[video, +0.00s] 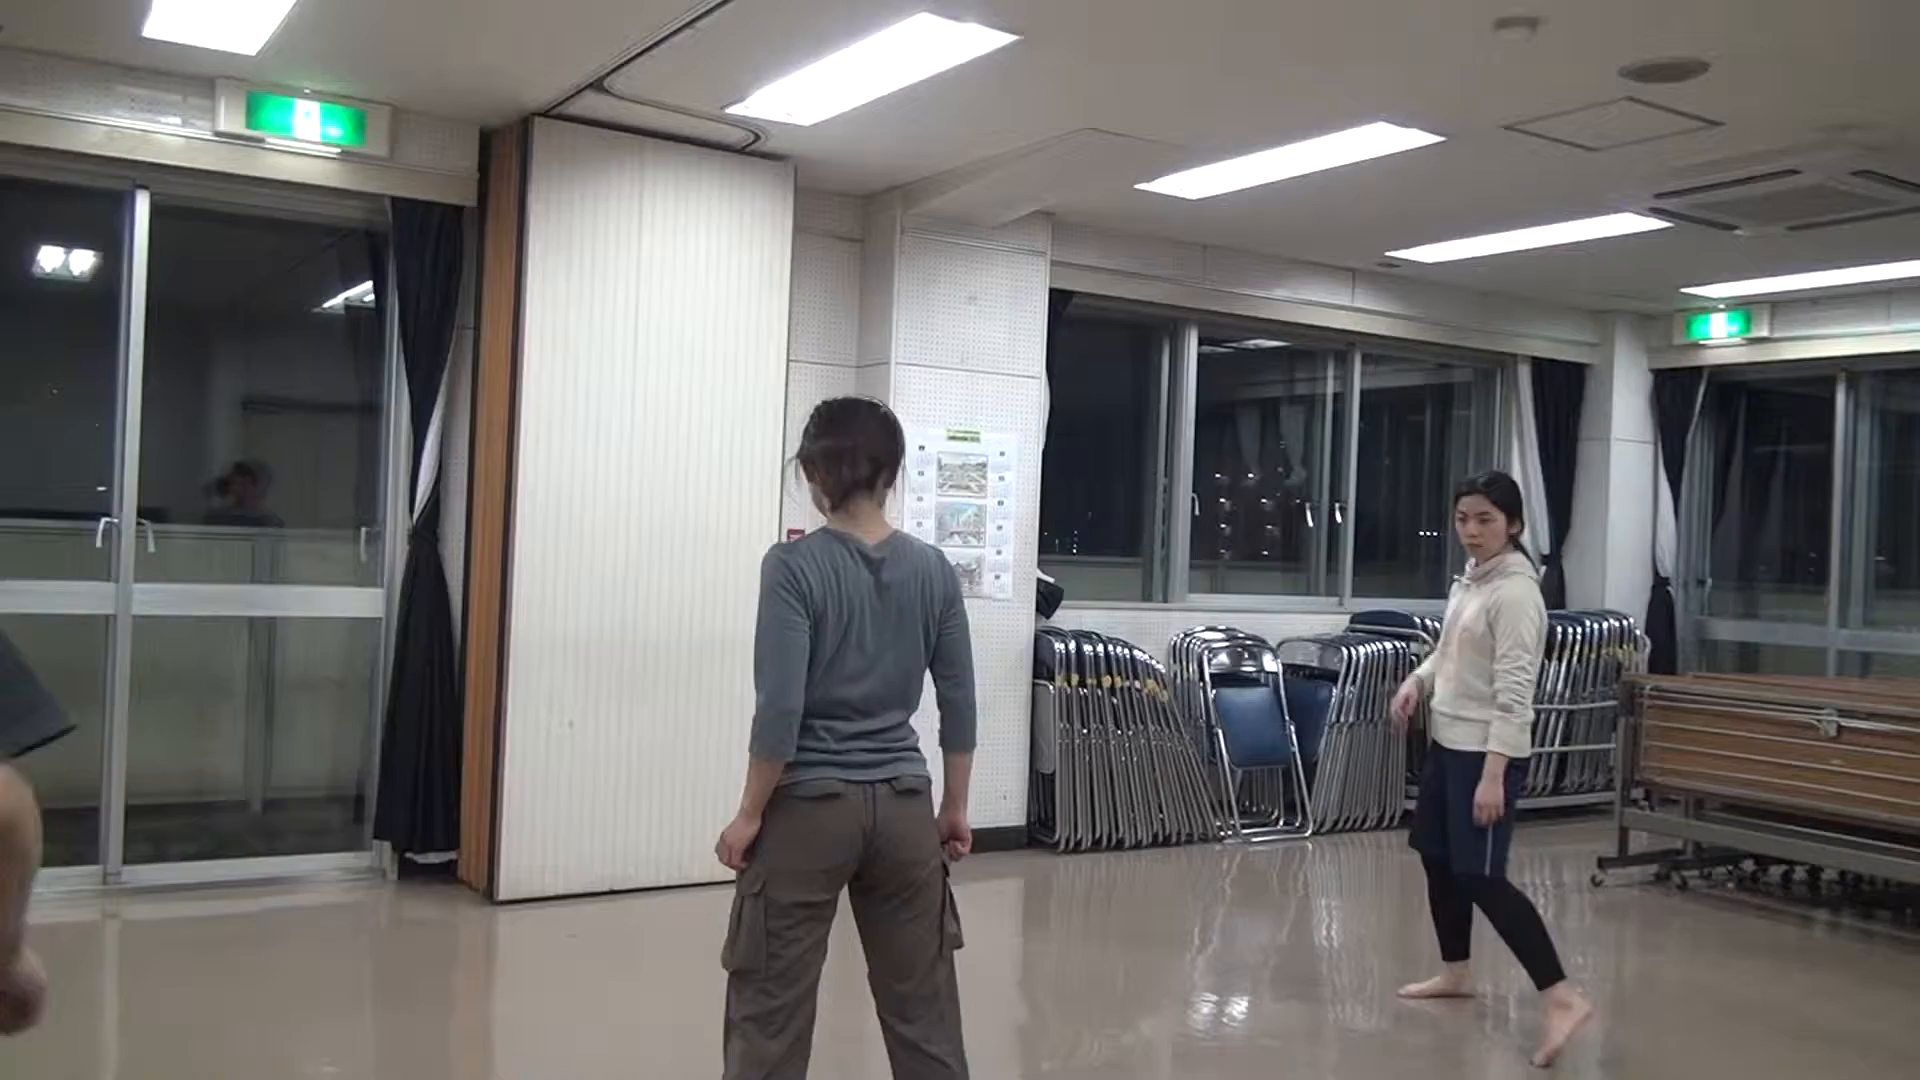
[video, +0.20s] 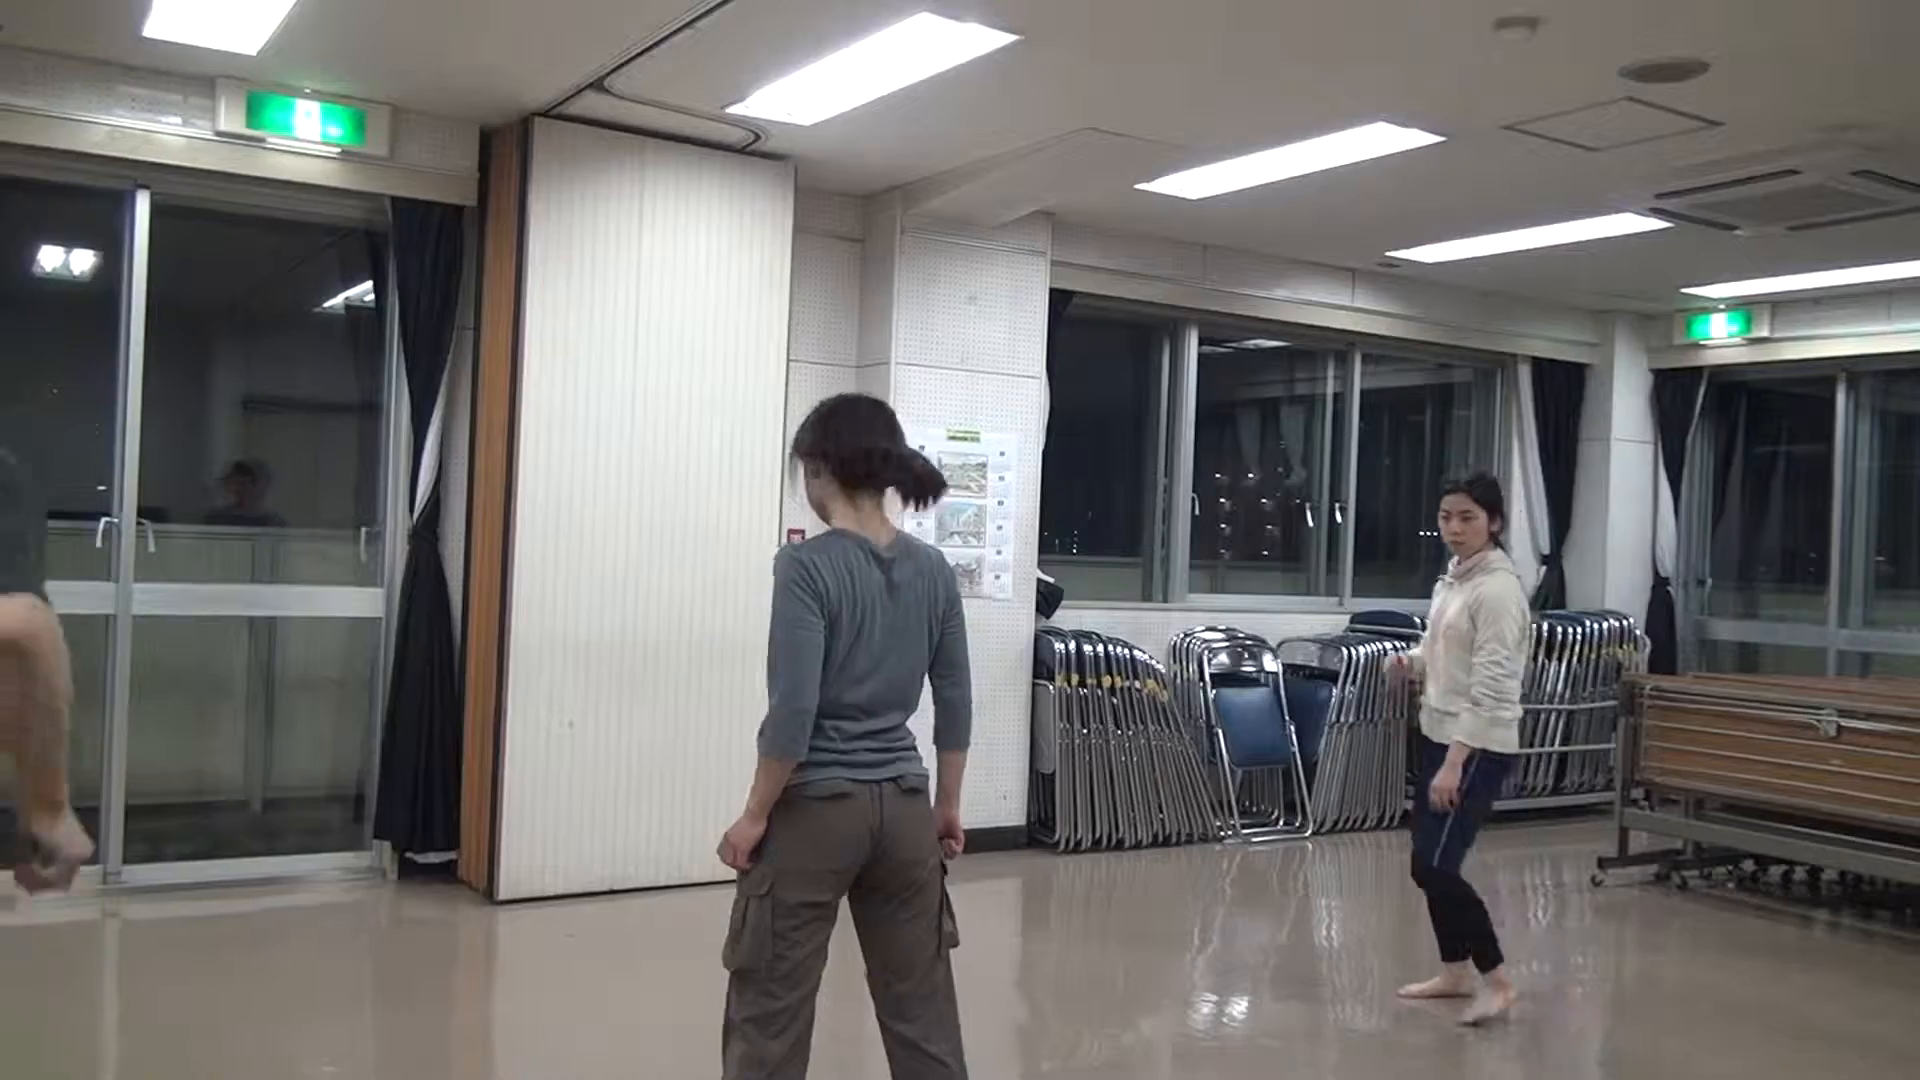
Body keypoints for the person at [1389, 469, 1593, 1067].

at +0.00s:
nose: (1469, 530)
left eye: (1481, 519)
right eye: (1462, 520)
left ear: (1510, 524)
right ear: (1457, 525)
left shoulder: (1516, 590)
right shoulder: (1472, 579)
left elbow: (1517, 689)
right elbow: (1450, 653)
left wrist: (1494, 772)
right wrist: (1416, 681)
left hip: (1483, 753)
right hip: (1445, 745)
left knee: (1479, 875)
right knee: (1435, 853)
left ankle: (1563, 999)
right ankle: (1454, 976)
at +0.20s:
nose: (1453, 526)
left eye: (1466, 517)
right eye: (1446, 517)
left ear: (1493, 523)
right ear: (1440, 522)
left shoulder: (1498, 590)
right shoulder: (1455, 579)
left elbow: (1491, 688)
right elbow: (1448, 651)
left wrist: (1455, 762)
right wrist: (1415, 661)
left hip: (1479, 745)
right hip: (1444, 736)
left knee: (1435, 864)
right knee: (1429, 861)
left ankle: (1498, 982)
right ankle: (1455, 973)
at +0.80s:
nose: (1421, 536)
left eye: (1433, 526)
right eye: (1414, 526)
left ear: (1459, 531)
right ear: (1408, 530)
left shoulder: (1461, 589)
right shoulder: (1427, 584)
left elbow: (1428, 667)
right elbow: (1423, 670)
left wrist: (1373, 722)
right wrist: (1400, 655)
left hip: (1448, 743)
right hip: (1413, 737)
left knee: (1418, 861)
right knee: (1395, 851)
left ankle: (1414, 994)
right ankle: (1449, 965)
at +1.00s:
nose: (1423, 540)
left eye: (1435, 529)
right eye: (1415, 530)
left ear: (1462, 535)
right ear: (1409, 534)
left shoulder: (1467, 595)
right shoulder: (1423, 588)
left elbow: (1420, 654)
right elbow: (1402, 661)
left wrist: (1331, 662)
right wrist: (1391, 624)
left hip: (1444, 757)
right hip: (1407, 750)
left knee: (1416, 877)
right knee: (1398, 860)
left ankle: (1426, 1029)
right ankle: (1447, 968)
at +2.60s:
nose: (1436, 524)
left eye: (1450, 515)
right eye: (1429, 513)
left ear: (1476, 525)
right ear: (1419, 521)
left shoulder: (1479, 583)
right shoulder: (1420, 580)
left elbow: (1447, 631)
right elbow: (1372, 643)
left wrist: (1389, 588)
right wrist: (1403, 587)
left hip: (1451, 757)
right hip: (1405, 749)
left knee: (1426, 887)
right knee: (1391, 865)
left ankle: (1429, 1033)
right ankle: (1437, 991)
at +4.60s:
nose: (1433, 524)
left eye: (1447, 514)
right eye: (1426, 514)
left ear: (1475, 523)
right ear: (1418, 521)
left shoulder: (1477, 581)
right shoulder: (1422, 580)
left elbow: (1440, 630)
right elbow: (1375, 644)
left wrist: (1380, 588)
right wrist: (1404, 588)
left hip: (1447, 754)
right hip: (1406, 747)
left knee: (1425, 882)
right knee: (1409, 872)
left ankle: (1426, 1033)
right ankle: (1443, 988)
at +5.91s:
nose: (1436, 528)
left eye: (1450, 518)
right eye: (1427, 518)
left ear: (1474, 527)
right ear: (1417, 524)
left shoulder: (1478, 581)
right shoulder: (1413, 577)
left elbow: (1454, 635)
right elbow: (1372, 647)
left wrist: (1415, 586)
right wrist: (1406, 598)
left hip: (1451, 756)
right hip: (1400, 748)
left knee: (1429, 890)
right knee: (1400, 877)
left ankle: (1427, 1033)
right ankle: (1438, 990)